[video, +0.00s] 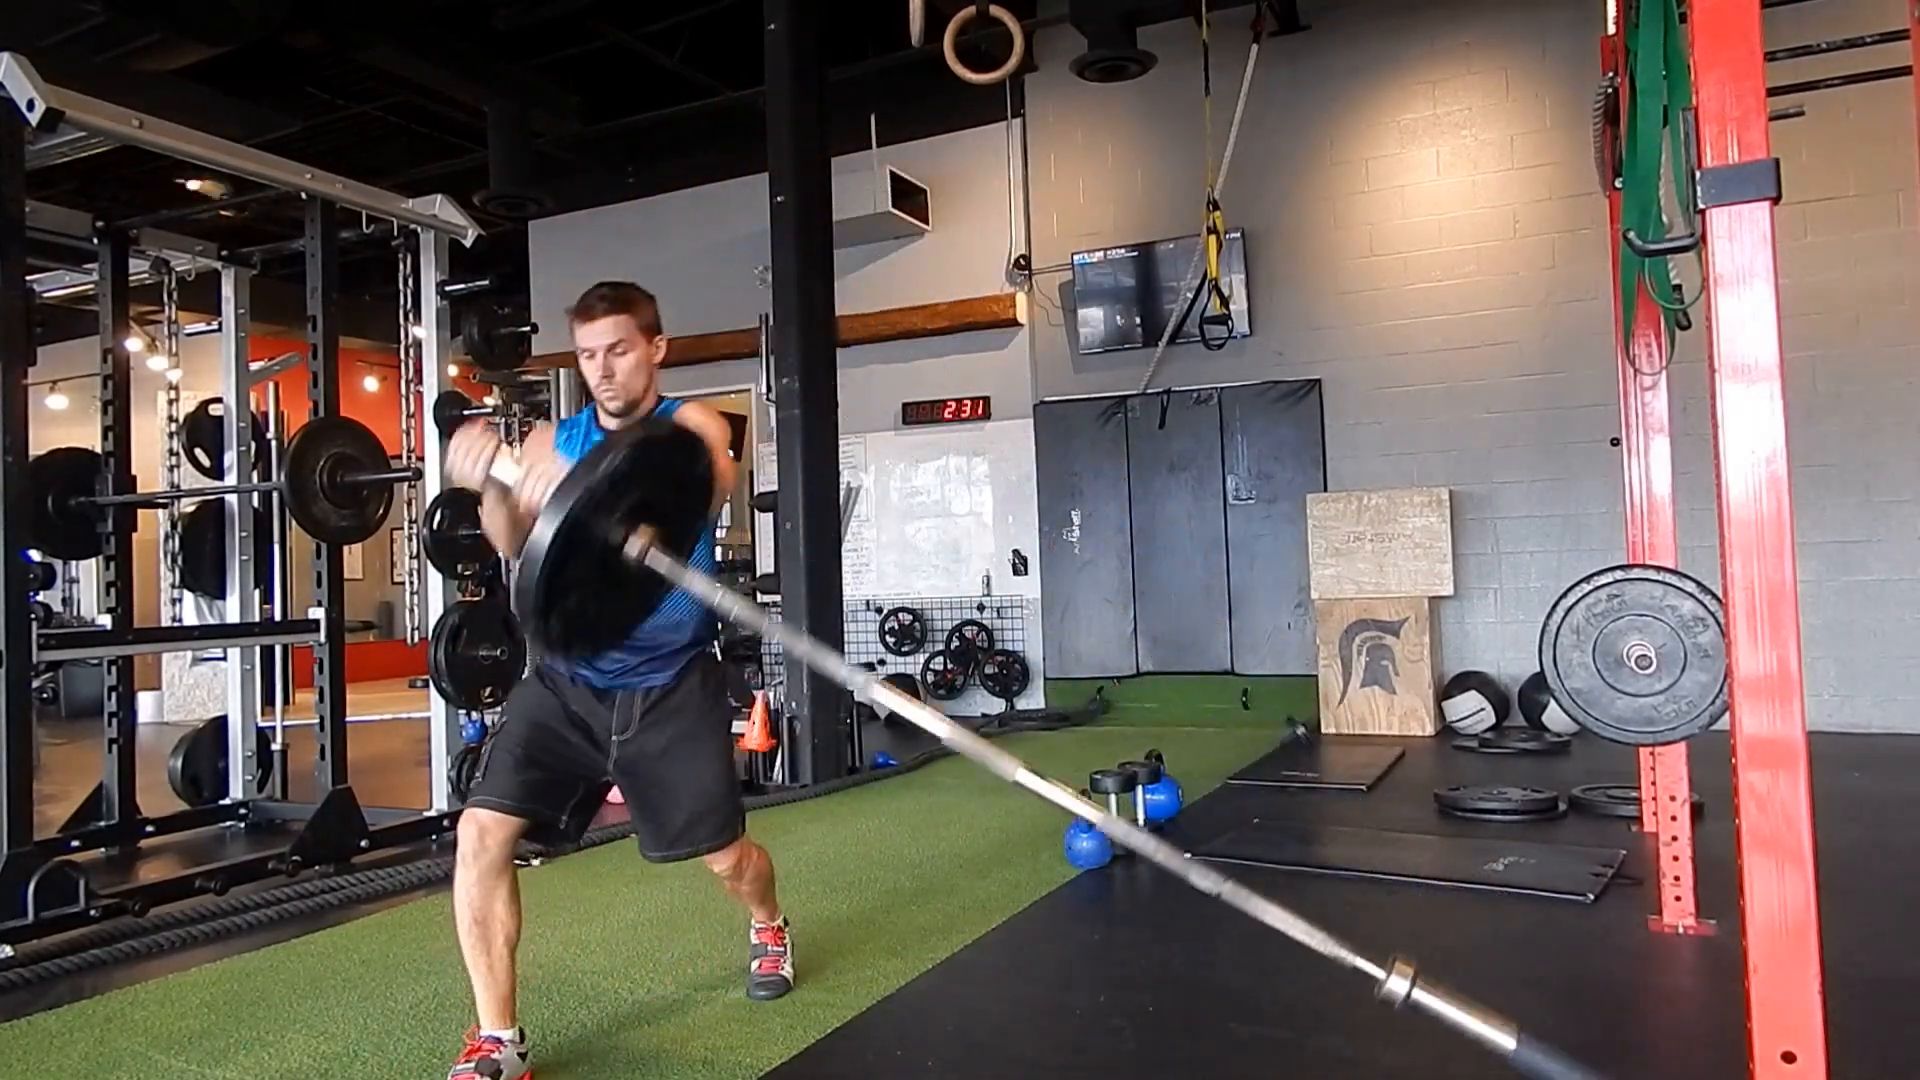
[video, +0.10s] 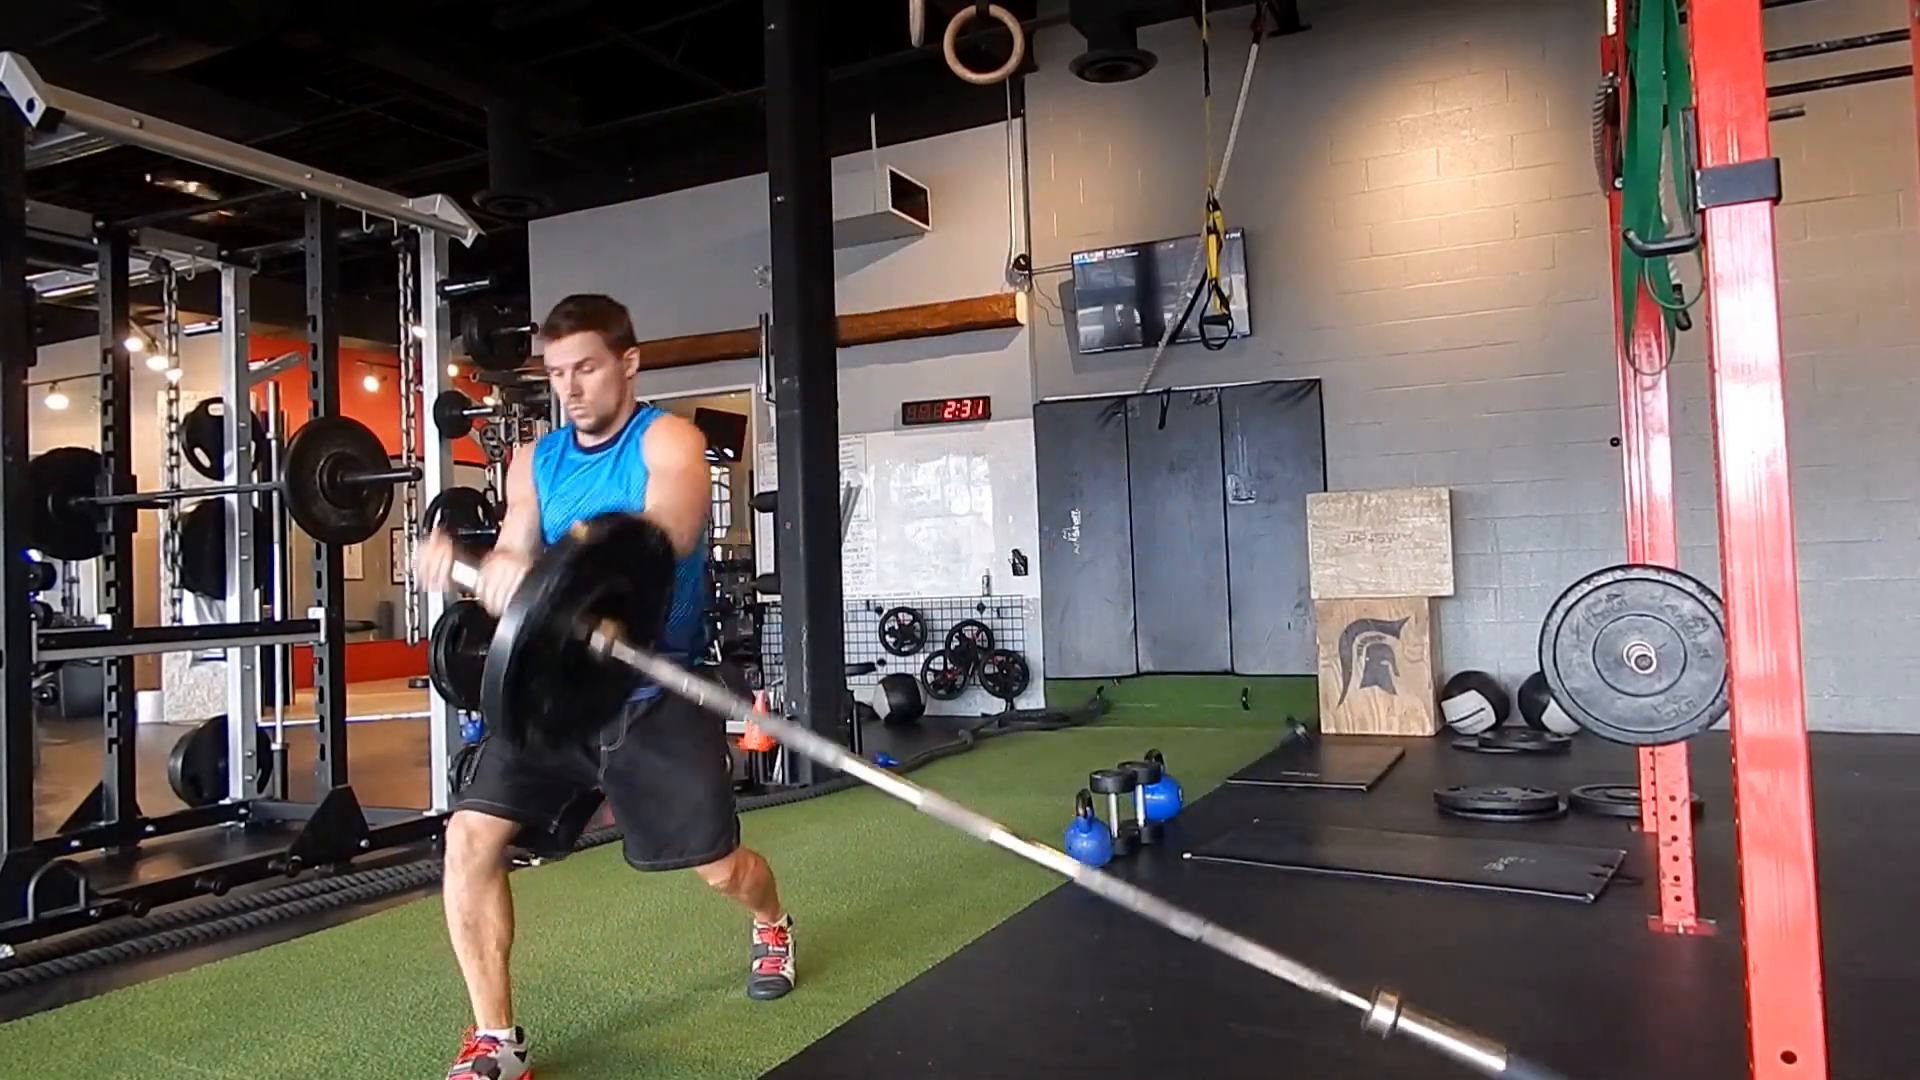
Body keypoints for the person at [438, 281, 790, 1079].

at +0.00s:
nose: (602, 371)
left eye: (617, 352)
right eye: (589, 357)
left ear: (657, 350)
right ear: (578, 361)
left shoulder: (700, 429)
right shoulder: (550, 441)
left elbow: (683, 515)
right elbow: (511, 547)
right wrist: (487, 486)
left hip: (673, 679)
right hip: (562, 678)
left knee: (727, 857)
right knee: (482, 831)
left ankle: (769, 925)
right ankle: (497, 1037)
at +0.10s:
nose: (567, 386)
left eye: (583, 367)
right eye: (555, 372)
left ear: (628, 364)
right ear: (544, 377)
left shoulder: (672, 441)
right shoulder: (534, 458)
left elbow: (654, 558)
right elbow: (511, 575)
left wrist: (542, 578)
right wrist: (453, 568)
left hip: (657, 692)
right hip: (552, 692)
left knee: (719, 865)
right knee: (470, 836)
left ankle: (774, 924)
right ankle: (493, 1035)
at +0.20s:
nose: (537, 406)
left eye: (552, 386)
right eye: (526, 392)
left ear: (599, 377)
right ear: (519, 392)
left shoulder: (645, 450)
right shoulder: (518, 476)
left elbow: (647, 562)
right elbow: (507, 596)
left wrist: (538, 638)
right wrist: (458, 638)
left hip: (652, 693)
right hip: (547, 697)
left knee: (716, 881)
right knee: (457, 842)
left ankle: (772, 920)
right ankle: (491, 1036)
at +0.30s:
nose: (511, 421)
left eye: (526, 402)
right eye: (500, 406)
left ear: (576, 391)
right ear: (492, 405)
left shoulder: (625, 466)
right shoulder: (502, 492)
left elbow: (631, 591)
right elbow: (508, 611)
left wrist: (530, 685)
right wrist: (479, 682)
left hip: (643, 694)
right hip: (544, 695)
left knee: (711, 893)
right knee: (443, 852)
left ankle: (769, 917)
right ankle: (490, 1039)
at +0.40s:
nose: (491, 430)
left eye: (507, 411)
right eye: (480, 416)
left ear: (559, 399)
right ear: (475, 418)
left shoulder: (614, 477)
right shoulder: (492, 502)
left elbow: (624, 610)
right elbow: (511, 616)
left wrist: (530, 717)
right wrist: (488, 701)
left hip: (641, 704)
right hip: (544, 707)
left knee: (712, 899)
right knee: (439, 855)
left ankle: (767, 917)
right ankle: (491, 1040)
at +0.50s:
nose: (489, 435)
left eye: (503, 415)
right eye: (477, 422)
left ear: (555, 402)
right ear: (471, 423)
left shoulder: (611, 481)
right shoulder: (487, 508)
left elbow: (623, 616)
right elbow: (512, 623)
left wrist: (532, 724)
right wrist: (489, 706)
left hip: (642, 704)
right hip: (545, 709)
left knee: (714, 899)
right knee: (439, 855)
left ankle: (768, 917)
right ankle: (491, 1039)